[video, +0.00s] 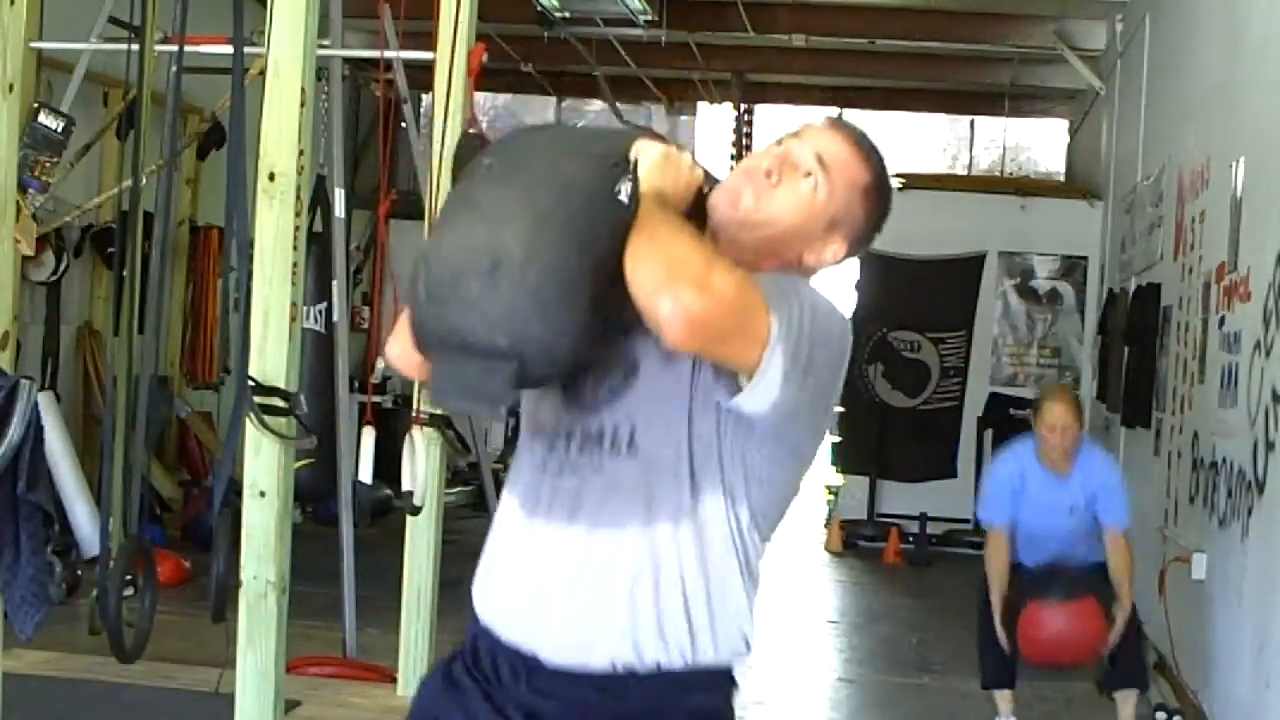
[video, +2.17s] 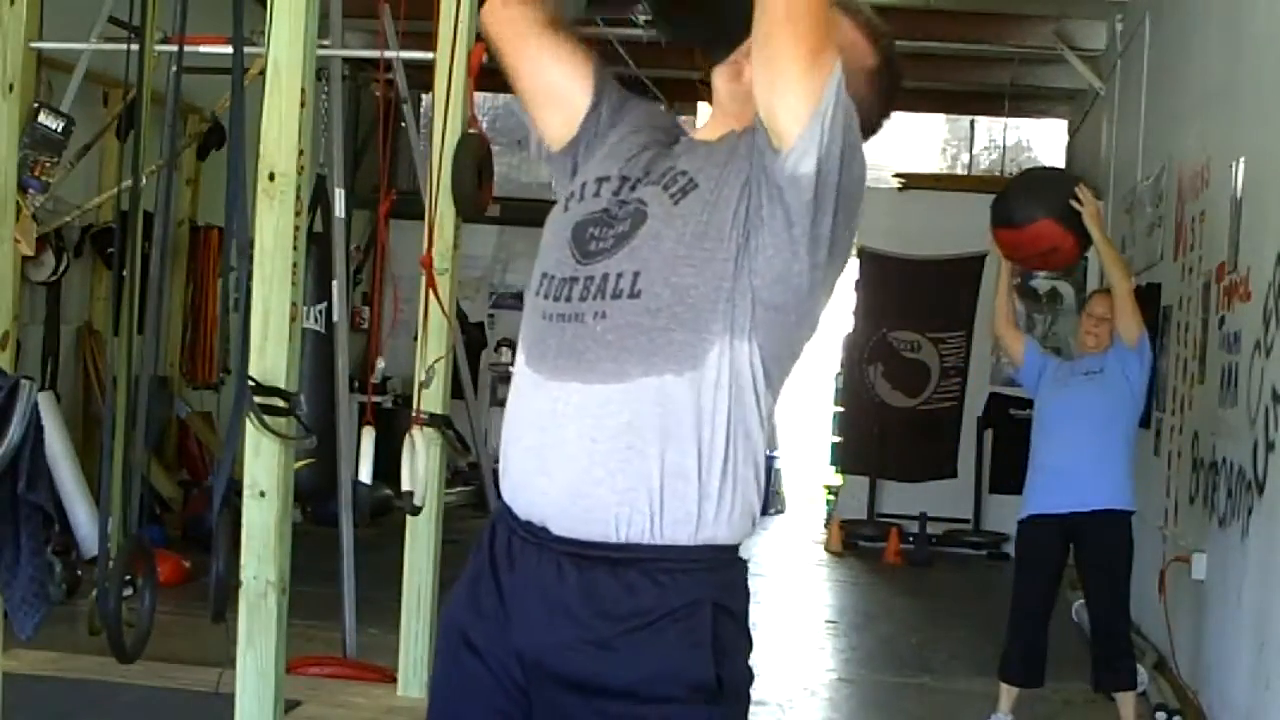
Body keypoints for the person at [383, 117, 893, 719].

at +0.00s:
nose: (773, 158)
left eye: (809, 173)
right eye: (782, 144)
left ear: (825, 249)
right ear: (753, 153)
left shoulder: (811, 328)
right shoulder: (597, 264)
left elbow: (685, 310)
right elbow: (408, 350)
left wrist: (657, 202)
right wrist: (523, 219)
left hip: (651, 698)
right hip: (488, 675)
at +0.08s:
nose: (784, 138)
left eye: (819, 153)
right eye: (795, 123)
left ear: (831, 228)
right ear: (763, 131)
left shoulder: (812, 305)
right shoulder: (606, 241)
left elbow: (694, 286)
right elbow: (411, 324)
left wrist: (664, 180)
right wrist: (530, 199)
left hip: (646, 683)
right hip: (479, 653)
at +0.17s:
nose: (811, 91)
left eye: (844, 111)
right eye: (818, 75)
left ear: (847, 187)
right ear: (779, 81)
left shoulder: (820, 257)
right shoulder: (608, 172)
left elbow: (715, 204)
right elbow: (420, 245)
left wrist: (682, 99)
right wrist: (525, 123)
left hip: (632, 631)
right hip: (468, 597)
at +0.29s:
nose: (826, 52)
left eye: (856, 73)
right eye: (831, 39)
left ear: (863, 148)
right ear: (796, 38)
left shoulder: (818, 201)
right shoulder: (598, 154)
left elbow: (750, 79)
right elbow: (437, 122)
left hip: (622, 561)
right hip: (464, 530)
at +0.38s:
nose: (828, 51)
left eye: (856, 65)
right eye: (836, 44)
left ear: (866, 131)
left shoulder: (798, 174)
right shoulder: (602, 140)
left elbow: (792, 13)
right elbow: (488, 38)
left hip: (626, 573)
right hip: (470, 545)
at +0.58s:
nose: (734, 56)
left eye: (764, 57)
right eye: (739, 47)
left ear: (793, 106)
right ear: (713, 65)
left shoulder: (781, 173)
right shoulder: (610, 143)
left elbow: (805, 10)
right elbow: (601, 7)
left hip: (652, 600)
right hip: (496, 573)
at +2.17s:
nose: (770, 40)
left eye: (820, 51)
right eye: (799, 32)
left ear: (836, 112)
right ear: (753, 42)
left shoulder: (800, 178)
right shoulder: (615, 136)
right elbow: (510, 12)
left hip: (661, 609)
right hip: (507, 577)